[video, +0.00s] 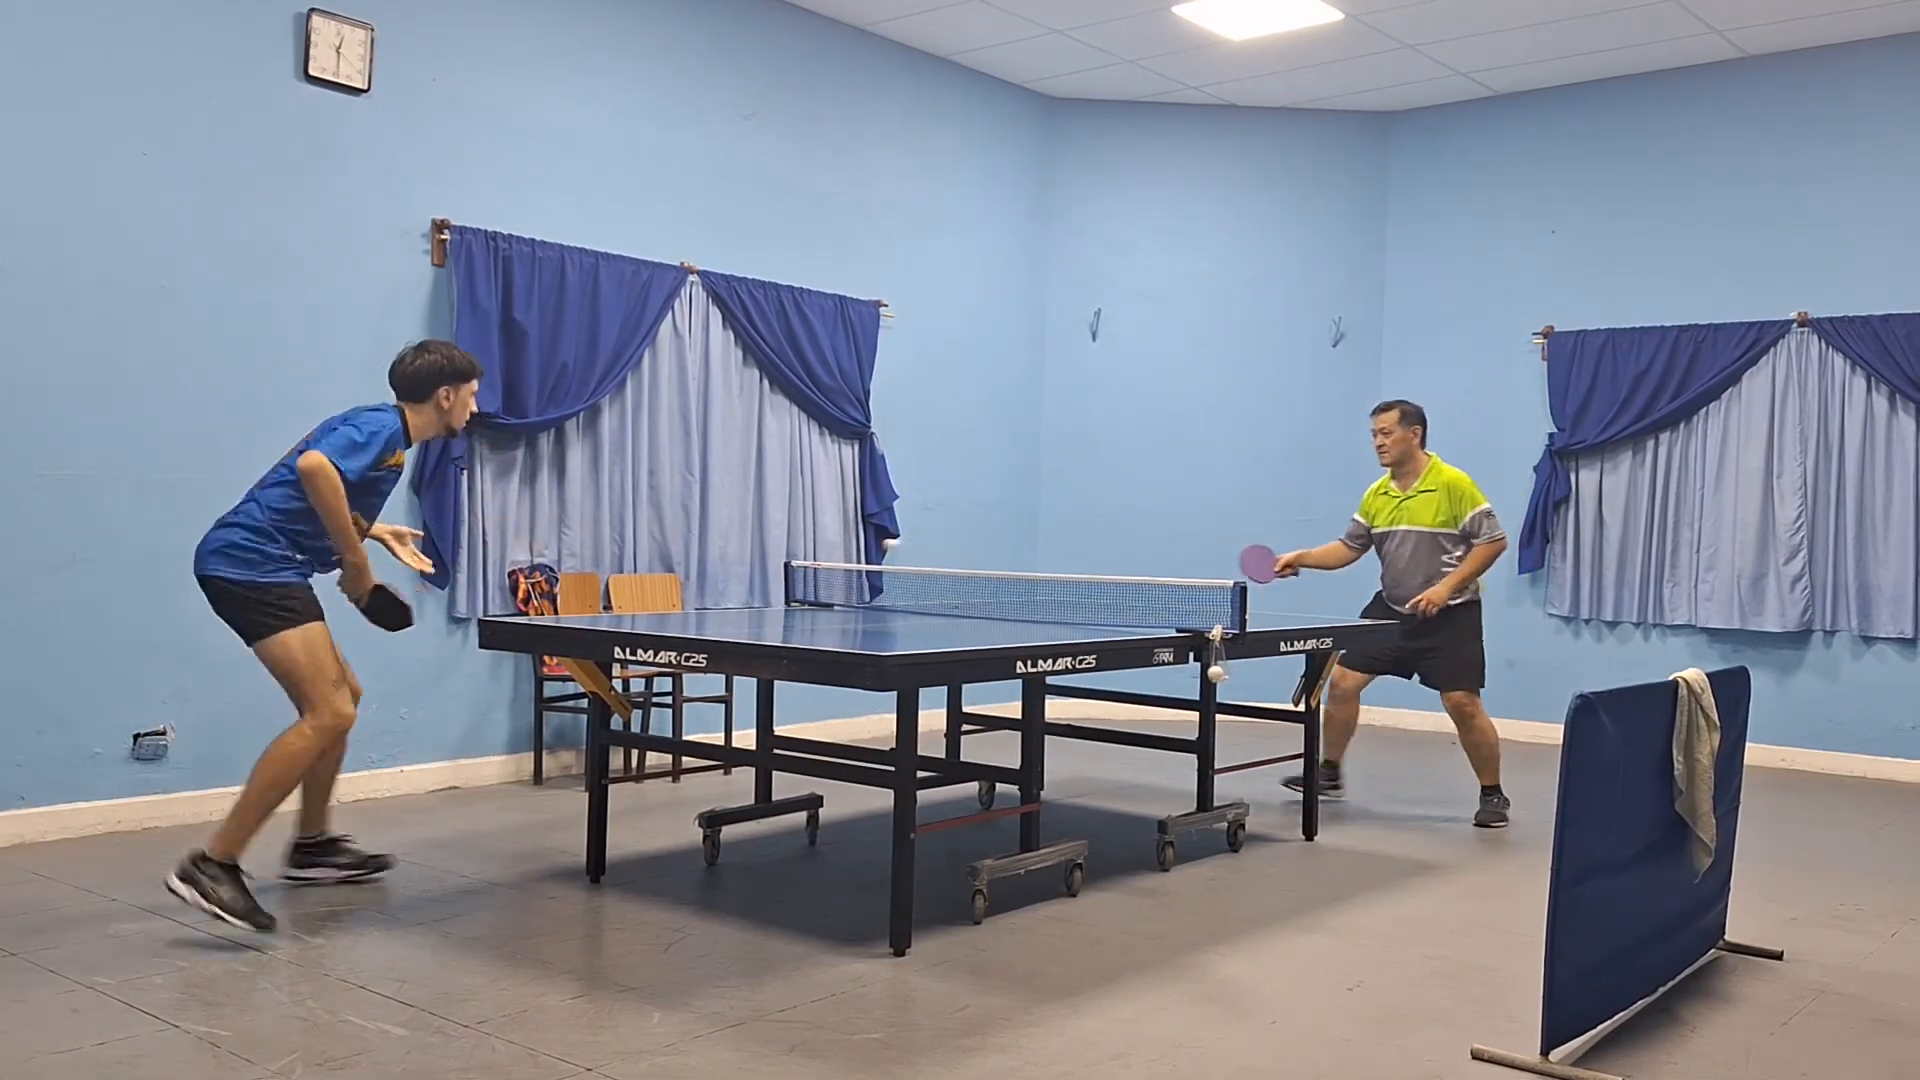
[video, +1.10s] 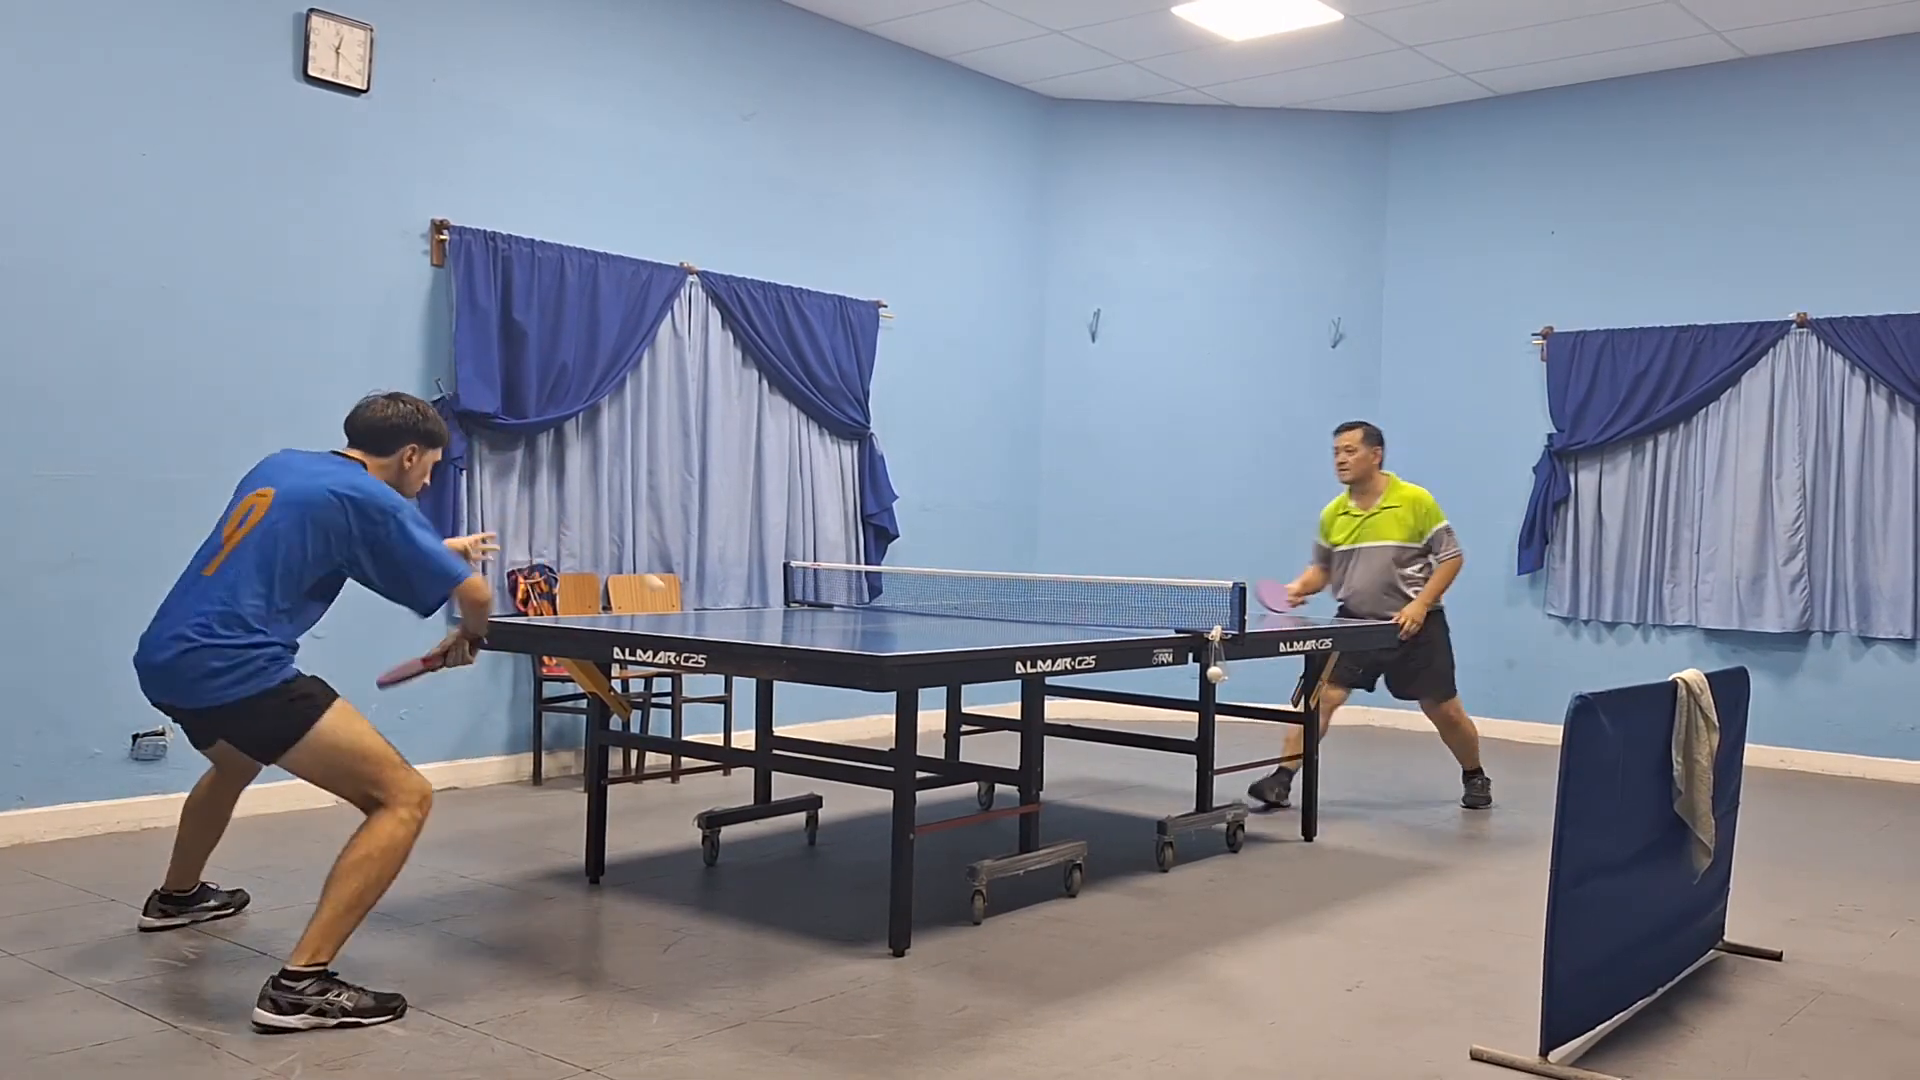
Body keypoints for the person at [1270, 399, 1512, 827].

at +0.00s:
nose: (1377, 442)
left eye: (1385, 433)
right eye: (1375, 435)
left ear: (1415, 434)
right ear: (1375, 440)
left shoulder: (1453, 484)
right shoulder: (1377, 493)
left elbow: (1493, 541)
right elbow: (1348, 548)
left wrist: (1446, 587)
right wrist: (1300, 558)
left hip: (1451, 613)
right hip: (1390, 611)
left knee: (1461, 703)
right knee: (1342, 685)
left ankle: (1491, 793)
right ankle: (1329, 772)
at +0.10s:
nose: (1351, 446)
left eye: (1358, 437)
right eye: (1348, 440)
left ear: (1386, 437)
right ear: (1353, 444)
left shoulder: (1428, 484)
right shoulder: (1354, 498)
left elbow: (1470, 539)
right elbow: (1324, 550)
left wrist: (1429, 590)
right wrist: (1267, 558)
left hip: (1433, 616)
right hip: (1373, 618)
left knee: (1453, 706)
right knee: (1331, 690)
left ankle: (1490, 794)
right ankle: (1289, 772)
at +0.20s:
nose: (1317, 455)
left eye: (1324, 446)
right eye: (1314, 448)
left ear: (1353, 444)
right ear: (1319, 452)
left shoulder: (1397, 488)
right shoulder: (1322, 506)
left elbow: (1441, 542)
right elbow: (1290, 557)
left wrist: (1410, 593)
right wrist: (1226, 561)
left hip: (1410, 621)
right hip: (1350, 626)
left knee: (1441, 706)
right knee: (1306, 696)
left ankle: (1488, 793)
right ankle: (1280, 782)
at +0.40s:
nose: (1255, 468)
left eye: (1261, 459)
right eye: (1253, 461)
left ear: (1290, 456)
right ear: (1275, 462)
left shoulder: (1344, 491)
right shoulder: (1267, 520)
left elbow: (1401, 532)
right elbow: (1229, 565)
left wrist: (1392, 592)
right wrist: (1169, 568)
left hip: (1374, 616)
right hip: (1314, 623)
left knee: (1422, 701)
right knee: (1277, 689)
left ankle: (1470, 787)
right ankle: (1276, 783)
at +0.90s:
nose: (1272, 462)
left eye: (1281, 454)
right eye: (1268, 456)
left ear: (1309, 458)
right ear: (1267, 464)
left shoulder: (1355, 498)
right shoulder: (1269, 524)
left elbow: (1404, 539)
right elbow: (1242, 575)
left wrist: (1390, 595)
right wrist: (1207, 581)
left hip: (1374, 617)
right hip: (1312, 625)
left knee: (1426, 700)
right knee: (1277, 689)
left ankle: (1474, 773)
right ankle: (1273, 783)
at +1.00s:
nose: (1304, 462)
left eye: (1313, 453)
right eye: (1301, 455)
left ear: (1340, 457)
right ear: (1300, 461)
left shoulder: (1381, 503)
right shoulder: (1295, 521)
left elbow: (1426, 552)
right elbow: (1271, 577)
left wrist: (1404, 602)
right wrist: (1246, 586)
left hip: (1389, 625)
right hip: (1328, 631)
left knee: (1434, 710)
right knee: (1290, 690)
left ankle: (1476, 769)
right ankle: (1274, 782)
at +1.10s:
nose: (1340, 459)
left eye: (1349, 451)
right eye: (1336, 453)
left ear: (1375, 454)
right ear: (1335, 458)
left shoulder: (1415, 501)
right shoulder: (1332, 515)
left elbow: (1451, 558)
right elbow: (1322, 567)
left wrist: (1421, 604)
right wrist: (1302, 585)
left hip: (1415, 625)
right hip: (1354, 627)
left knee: (1444, 710)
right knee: (1320, 697)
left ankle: (1474, 776)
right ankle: (1282, 777)